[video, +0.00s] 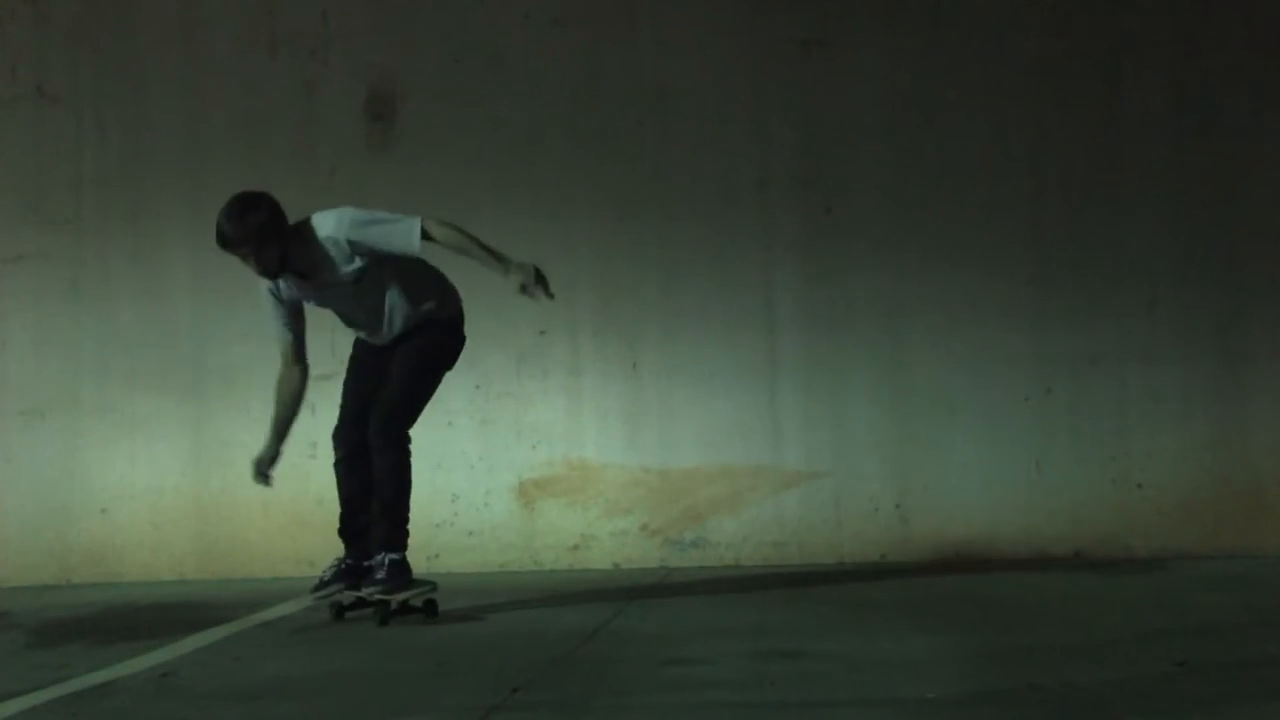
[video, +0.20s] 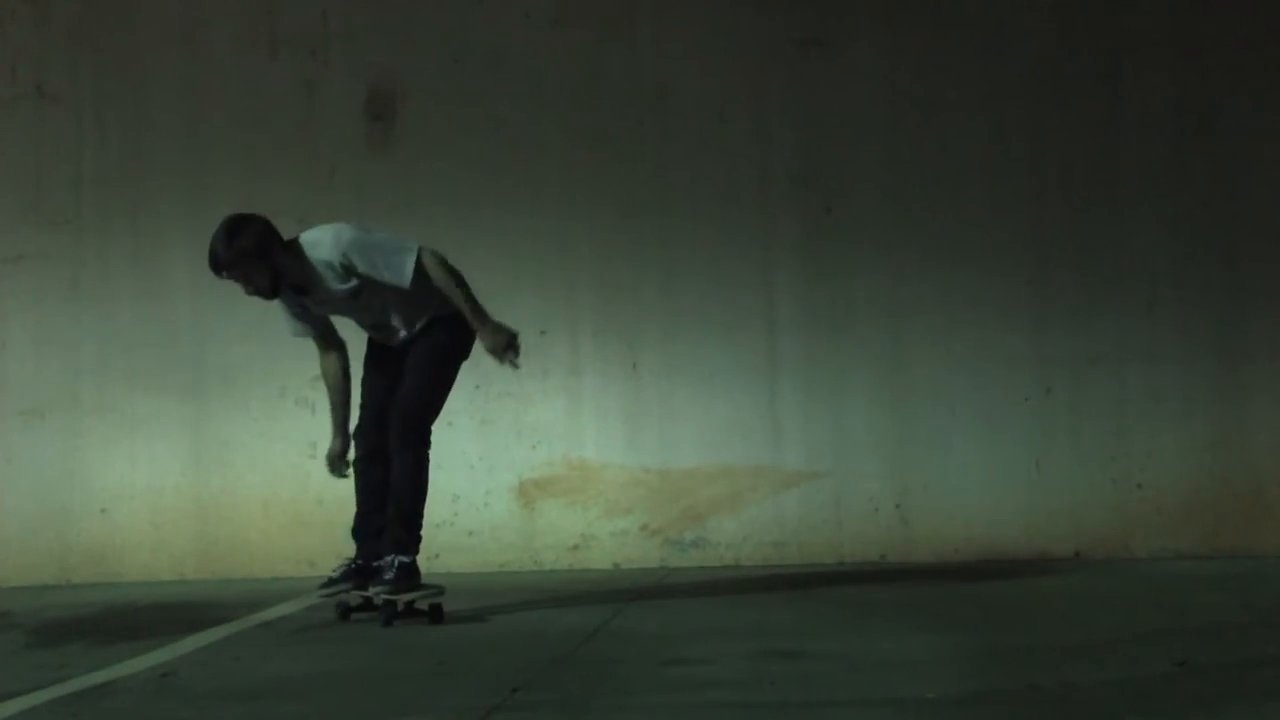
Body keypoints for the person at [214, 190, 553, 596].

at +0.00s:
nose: (253, 265)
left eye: (254, 251)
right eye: (243, 258)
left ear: (277, 231)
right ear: (242, 254)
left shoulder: (337, 229)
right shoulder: (280, 283)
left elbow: (430, 229)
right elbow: (292, 365)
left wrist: (508, 267)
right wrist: (273, 445)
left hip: (431, 324)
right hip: (377, 339)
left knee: (387, 430)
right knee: (348, 438)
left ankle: (391, 560)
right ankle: (359, 558)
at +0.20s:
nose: (247, 289)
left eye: (245, 276)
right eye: (238, 282)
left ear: (269, 251)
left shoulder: (339, 248)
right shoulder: (292, 295)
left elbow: (431, 262)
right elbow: (331, 350)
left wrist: (484, 326)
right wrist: (340, 434)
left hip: (440, 320)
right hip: (388, 335)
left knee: (407, 428)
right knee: (371, 438)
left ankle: (401, 560)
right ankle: (369, 558)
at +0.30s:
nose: (249, 288)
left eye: (246, 276)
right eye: (240, 281)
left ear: (266, 253)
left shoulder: (342, 244)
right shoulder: (295, 288)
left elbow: (430, 267)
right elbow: (338, 337)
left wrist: (467, 347)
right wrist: (355, 419)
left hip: (443, 313)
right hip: (392, 331)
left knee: (411, 431)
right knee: (373, 438)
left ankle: (405, 561)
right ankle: (372, 558)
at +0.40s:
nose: (251, 276)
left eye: (249, 264)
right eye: (243, 269)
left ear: (271, 239)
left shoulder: (345, 237)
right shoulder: (300, 275)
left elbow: (433, 270)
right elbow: (344, 323)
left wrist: (454, 353)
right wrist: (363, 400)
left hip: (448, 316)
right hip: (397, 331)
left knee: (414, 428)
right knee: (376, 434)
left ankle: (406, 560)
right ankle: (374, 558)